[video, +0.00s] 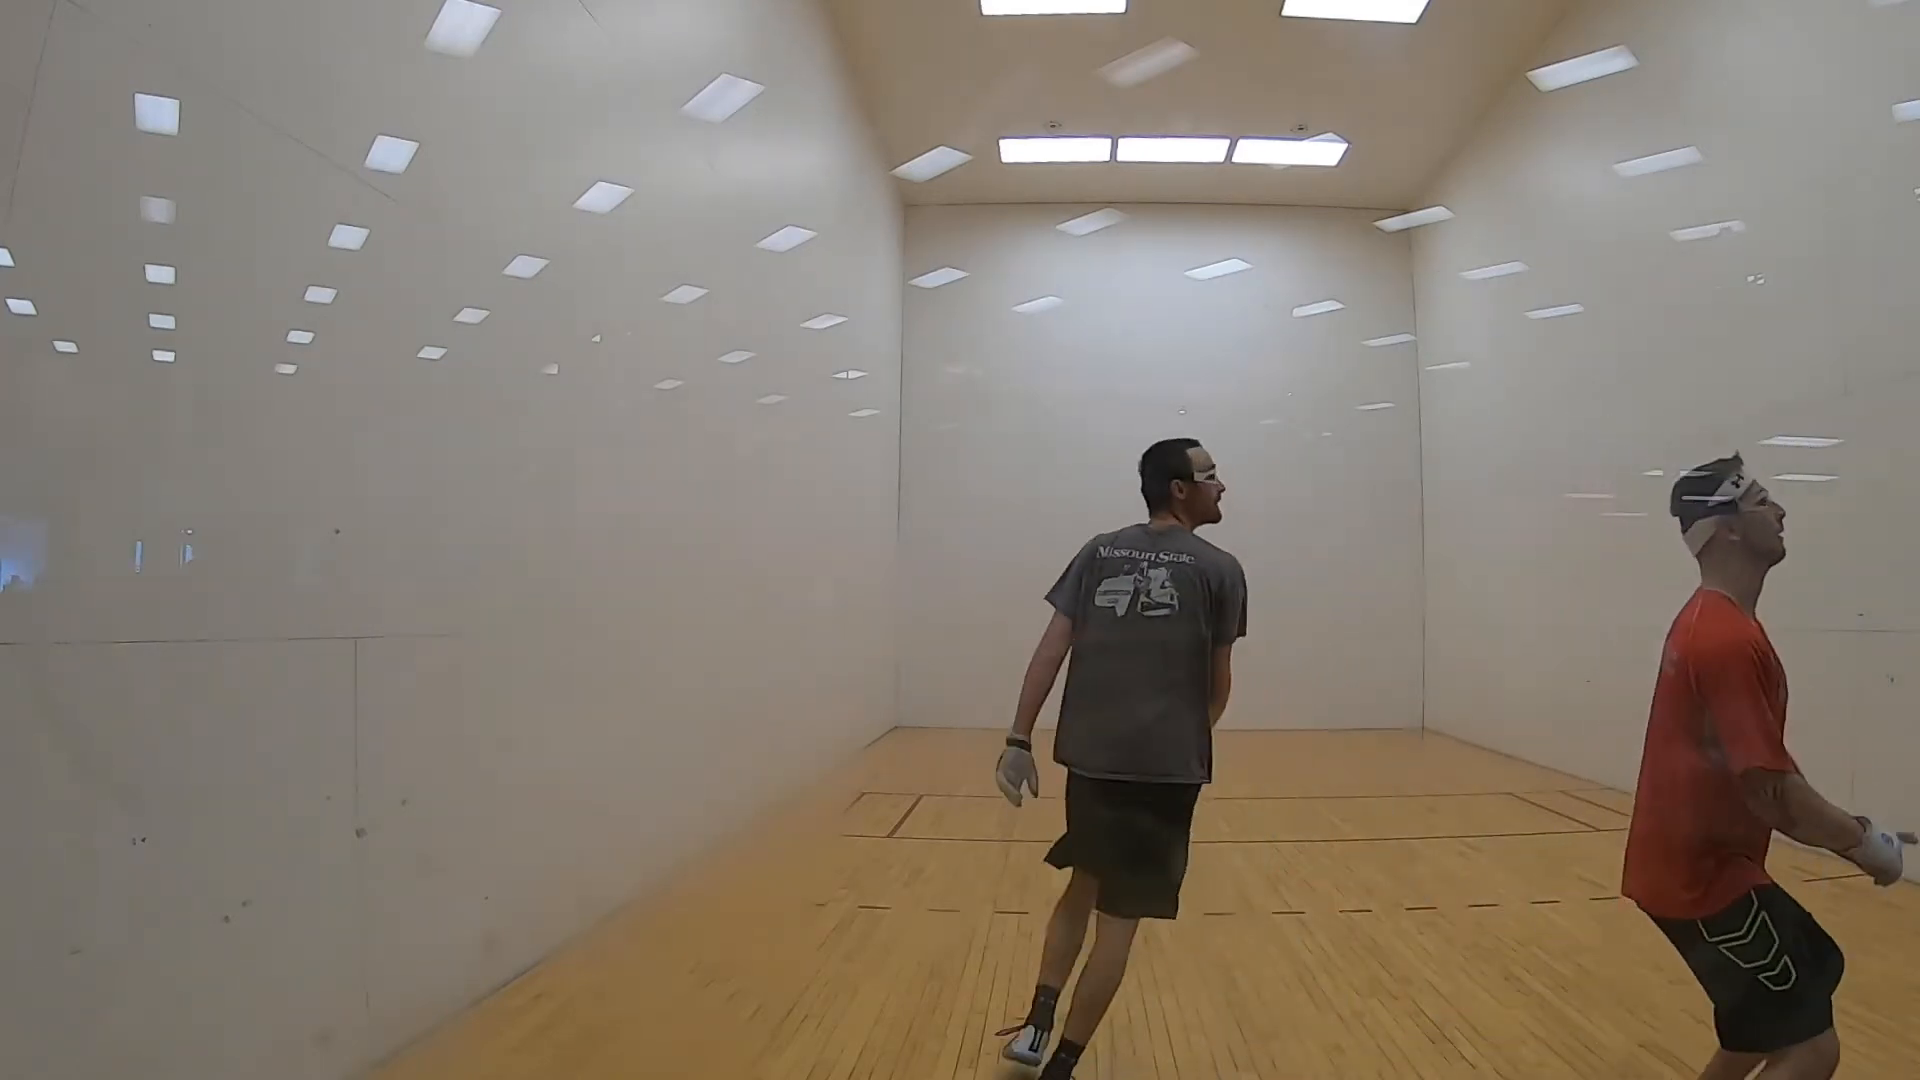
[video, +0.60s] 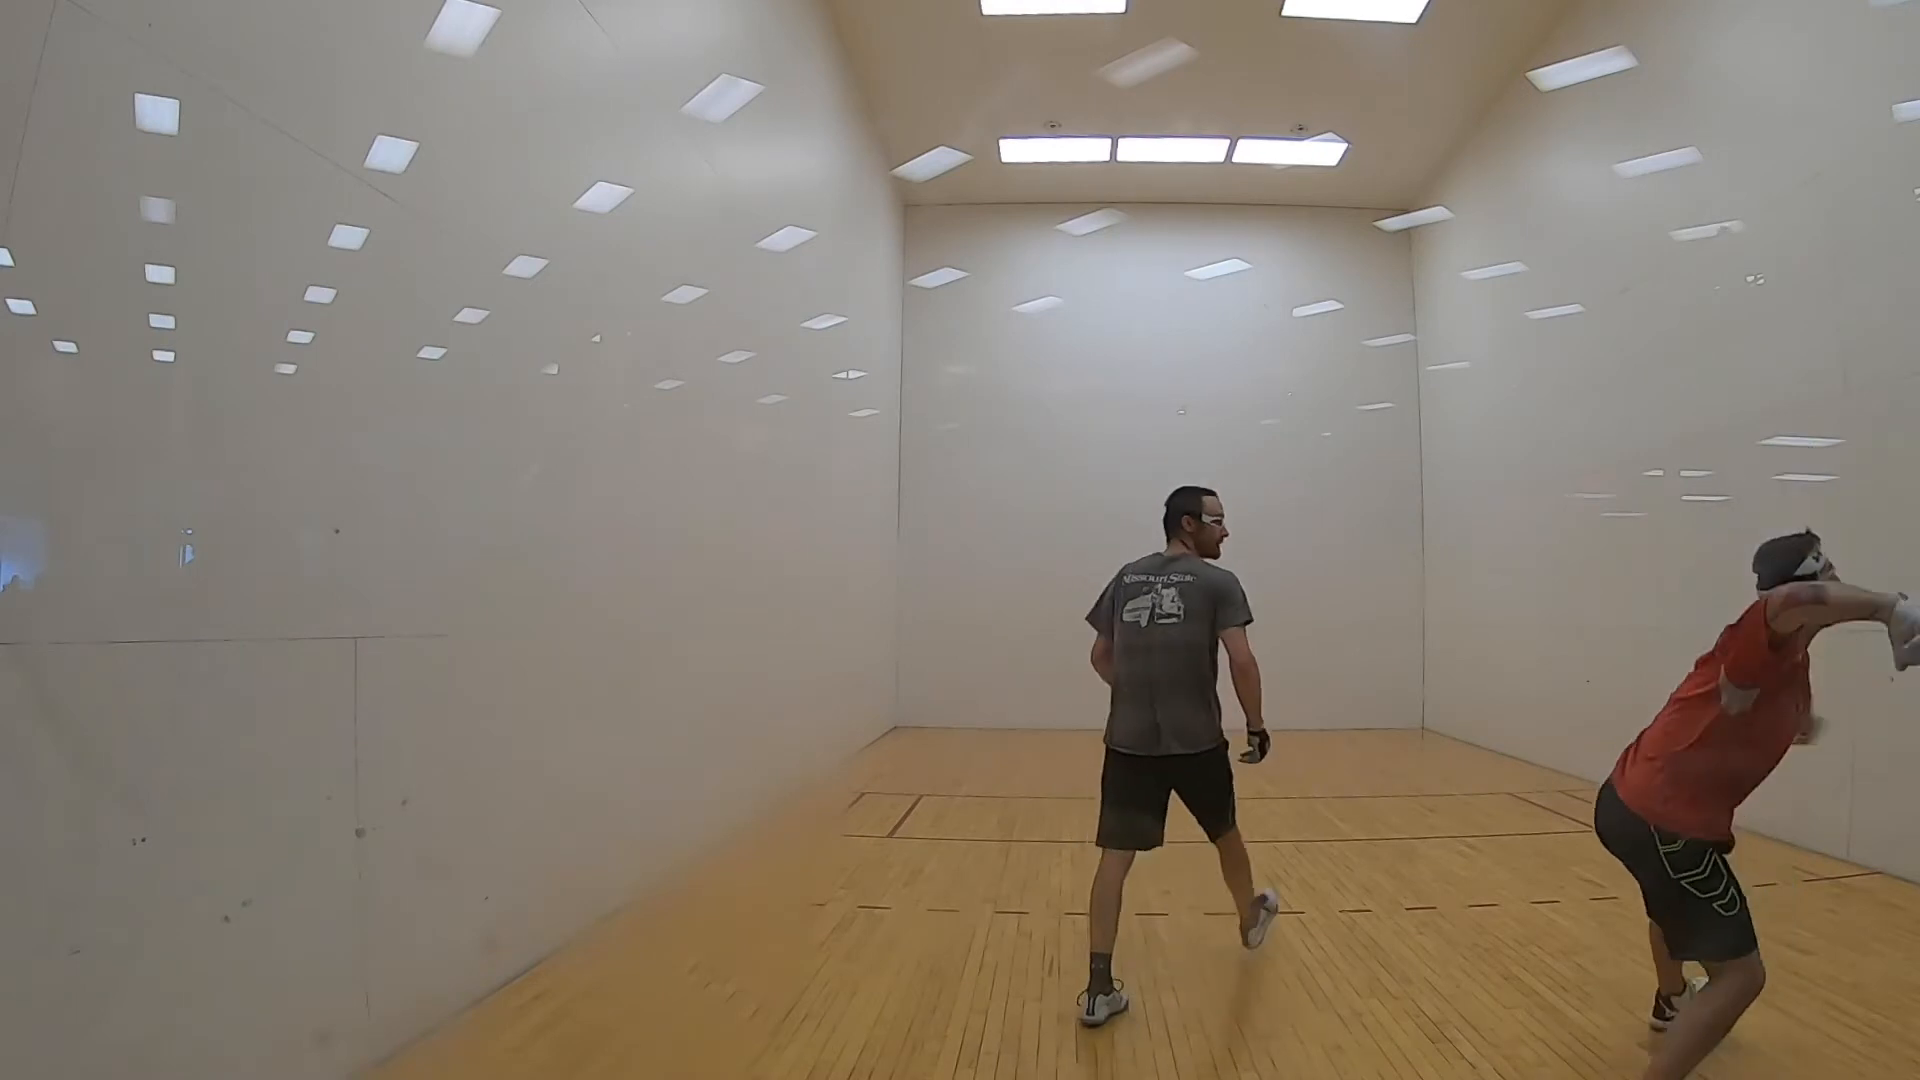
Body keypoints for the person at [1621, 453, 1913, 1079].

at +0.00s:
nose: (1778, 510)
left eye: (1768, 497)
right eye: (1759, 501)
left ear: (1725, 533)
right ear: (1724, 528)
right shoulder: (1726, 636)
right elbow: (1770, 790)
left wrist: (1848, 832)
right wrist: (1863, 845)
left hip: (1684, 865)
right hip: (1701, 877)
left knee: (1754, 1030)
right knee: (1812, 1052)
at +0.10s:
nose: (1802, 499)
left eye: (1791, 488)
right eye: (1784, 491)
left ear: (1756, 521)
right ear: (1752, 518)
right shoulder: (1741, 631)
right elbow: (1750, 781)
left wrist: (1838, 845)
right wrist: (1840, 848)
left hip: (1738, 858)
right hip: (1714, 873)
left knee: (1819, 956)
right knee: (1810, 1048)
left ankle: (1754, 1066)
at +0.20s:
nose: (1818, 484)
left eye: (1808, 474)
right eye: (1801, 475)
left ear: (1769, 503)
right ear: (1769, 499)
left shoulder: (1786, 598)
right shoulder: (1744, 605)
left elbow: (1809, 711)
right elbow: (1732, 735)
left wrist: (1836, 788)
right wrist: (1830, 799)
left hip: (1749, 829)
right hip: (1719, 838)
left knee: (1819, 934)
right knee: (1780, 1021)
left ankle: (1768, 1061)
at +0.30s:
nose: (1830, 480)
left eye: (1823, 469)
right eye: (1816, 471)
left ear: (1781, 493)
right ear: (1786, 490)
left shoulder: (1792, 574)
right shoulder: (1756, 572)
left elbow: (1826, 662)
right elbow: (1741, 664)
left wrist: (1856, 698)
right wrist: (1845, 711)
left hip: (1738, 803)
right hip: (1709, 806)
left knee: (1778, 964)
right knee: (1770, 972)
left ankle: (1757, 1068)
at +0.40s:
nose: (1836, 488)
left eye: (1829, 477)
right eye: (1823, 479)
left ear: (1787, 500)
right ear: (1792, 498)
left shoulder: (1791, 576)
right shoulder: (1756, 564)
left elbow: (1857, 656)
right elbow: (1768, 606)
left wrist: (1908, 702)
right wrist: (1875, 618)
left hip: (1708, 778)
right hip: (1691, 784)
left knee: (1735, 933)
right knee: (1764, 950)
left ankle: (1731, 1060)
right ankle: (1691, 1075)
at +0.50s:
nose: (1833, 547)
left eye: (1830, 537)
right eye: (1826, 537)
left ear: (1778, 546)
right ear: (1796, 546)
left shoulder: (1800, 622)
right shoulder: (1749, 597)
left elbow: (1867, 686)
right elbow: (1793, 583)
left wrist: (1915, 732)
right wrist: (1893, 579)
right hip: (1671, 806)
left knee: (1703, 925)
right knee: (1739, 966)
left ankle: (1694, 1033)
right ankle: (1666, 1067)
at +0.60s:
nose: (1837, 578)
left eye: (1831, 570)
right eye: (1829, 572)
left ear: (1787, 589)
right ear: (1812, 583)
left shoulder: (1790, 651)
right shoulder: (1760, 638)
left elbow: (1762, 708)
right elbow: (1786, 601)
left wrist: (1796, 726)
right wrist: (1891, 607)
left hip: (1633, 799)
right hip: (1666, 829)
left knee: (1665, 904)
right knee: (1743, 976)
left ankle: (1670, 999)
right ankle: (1658, 1075)